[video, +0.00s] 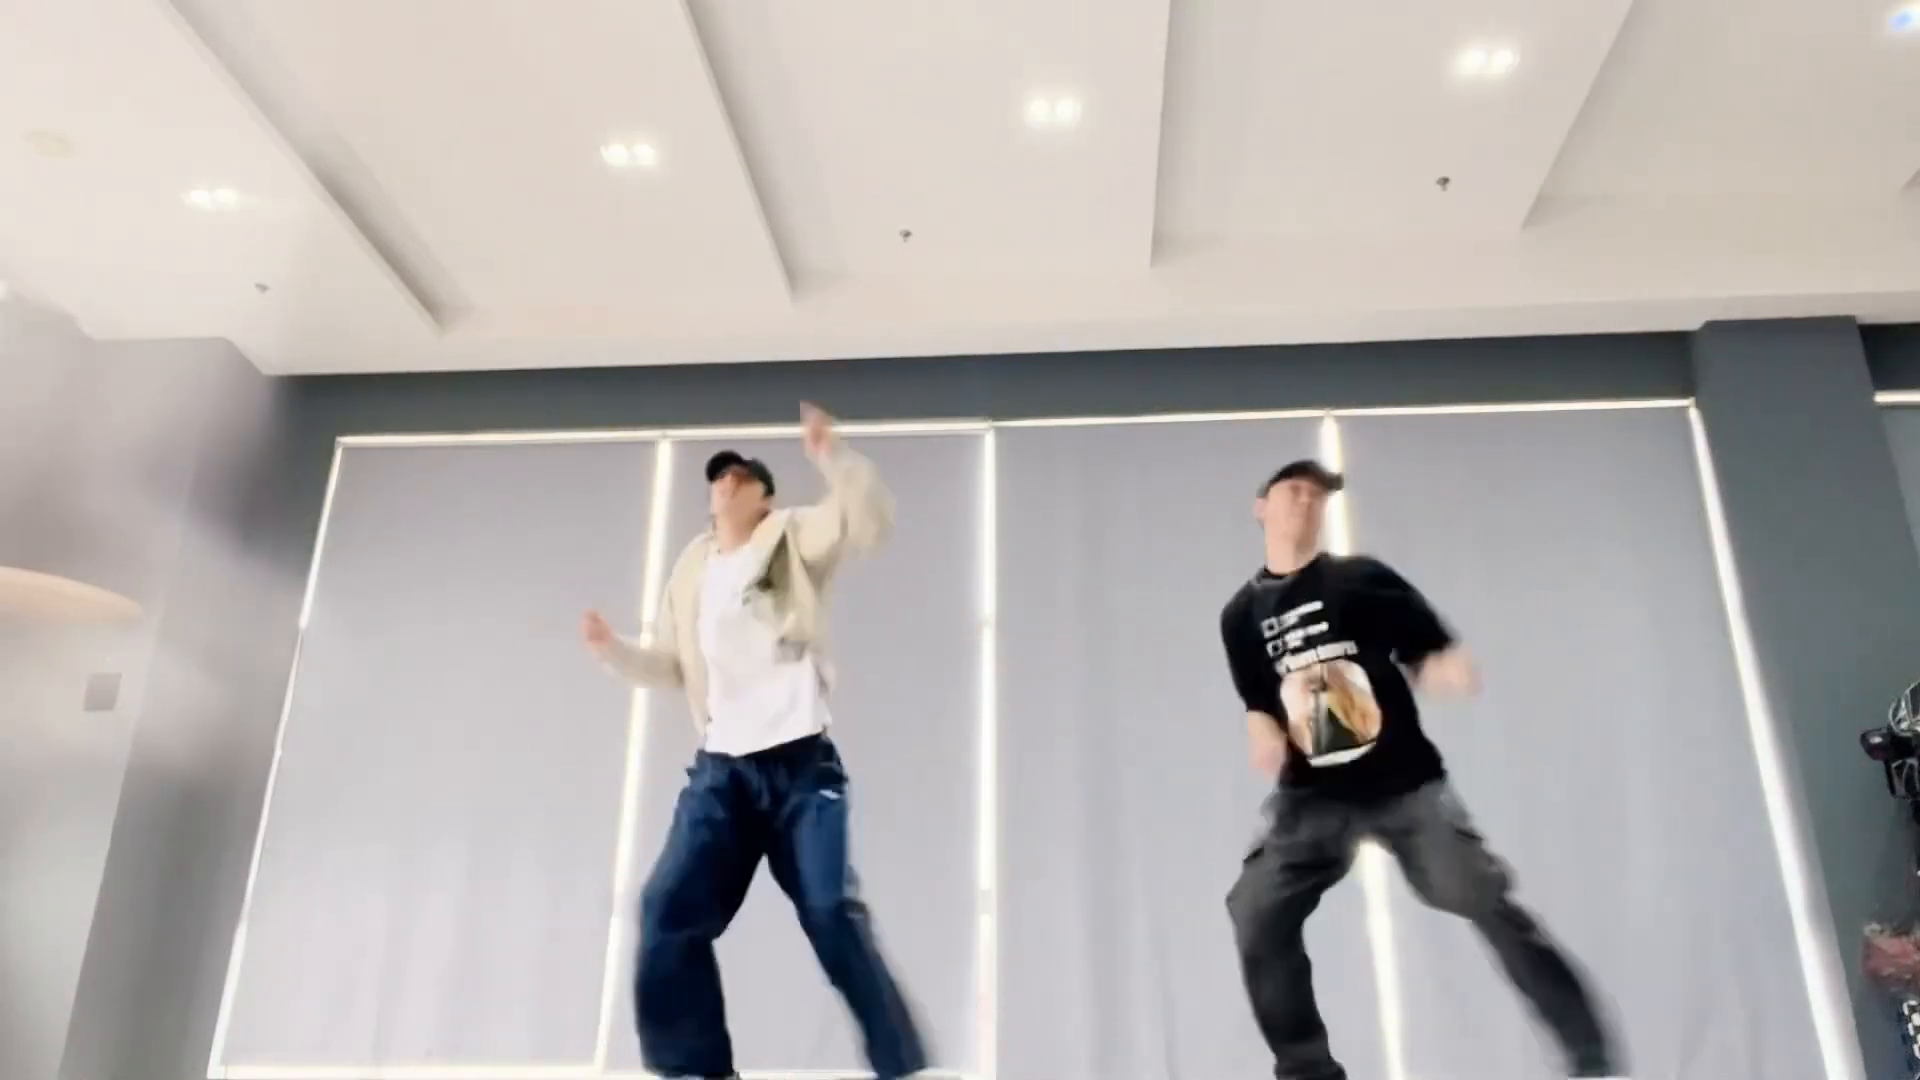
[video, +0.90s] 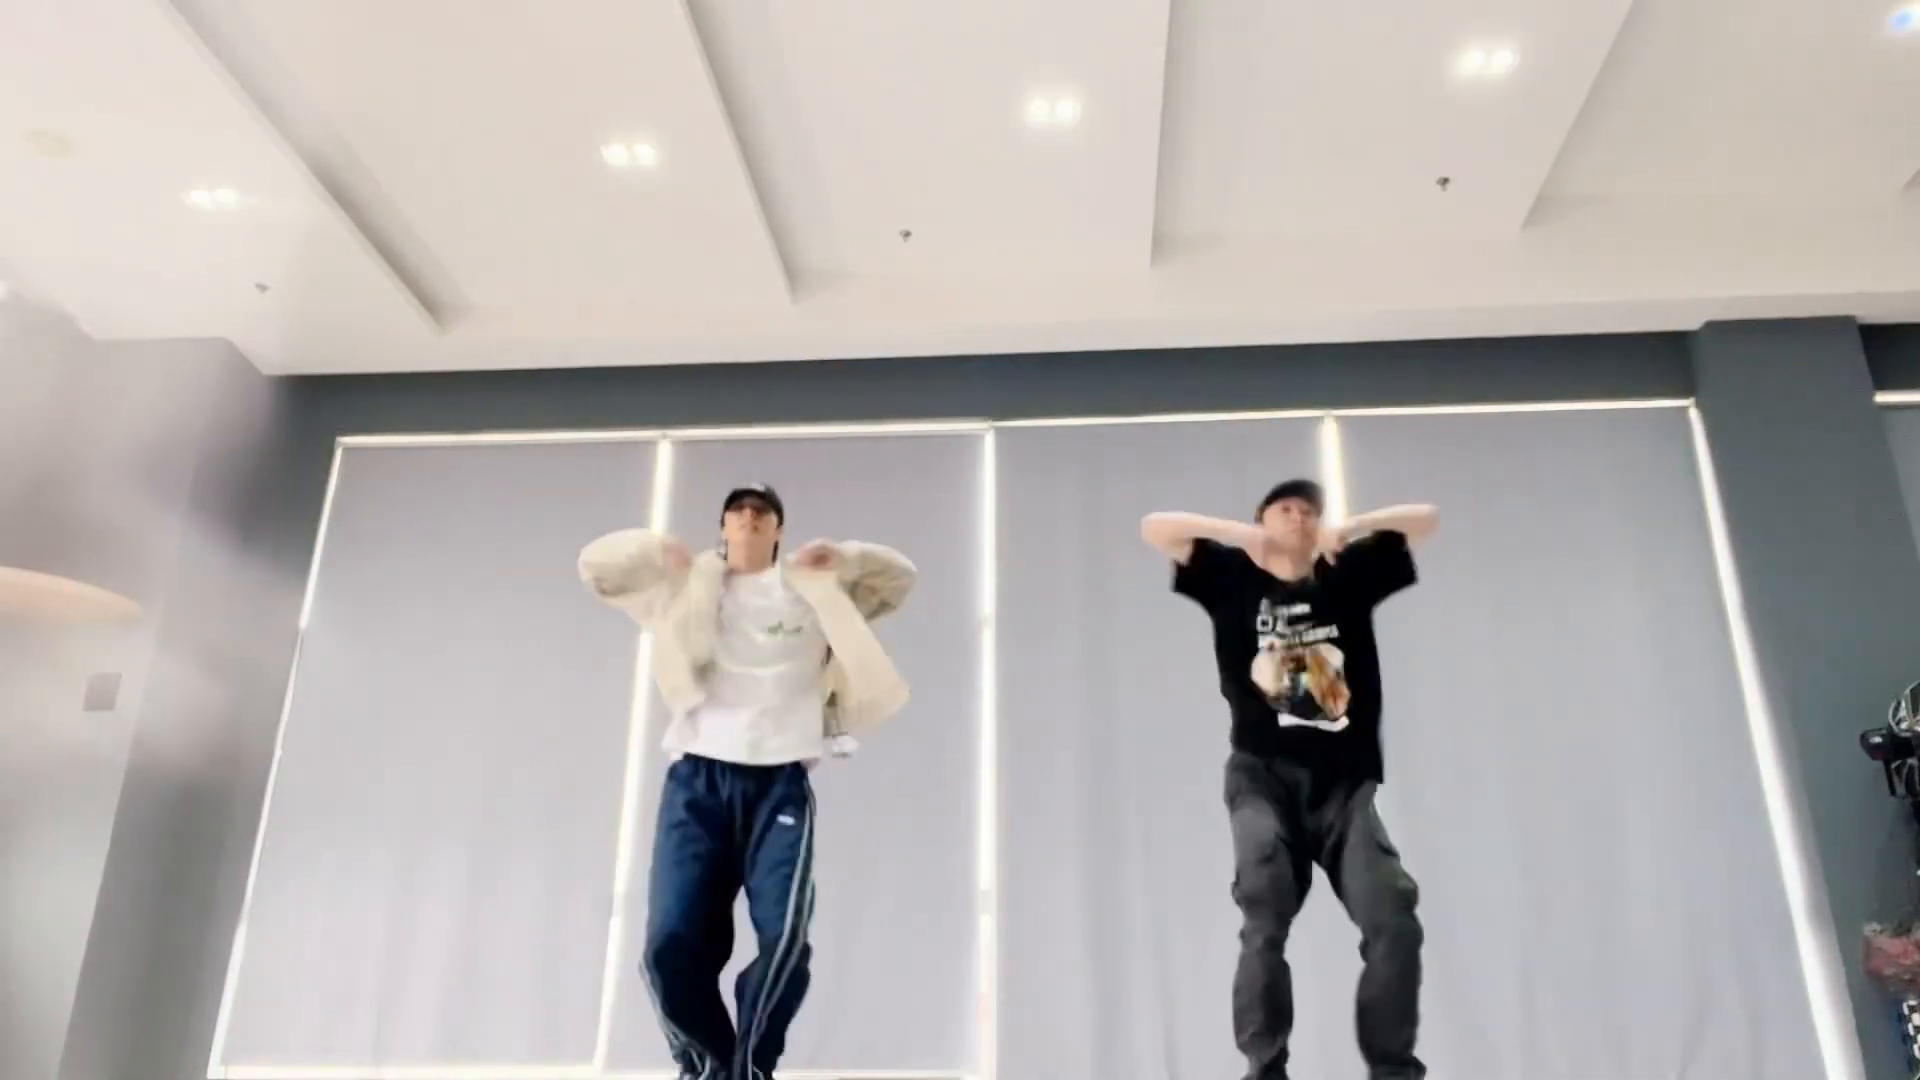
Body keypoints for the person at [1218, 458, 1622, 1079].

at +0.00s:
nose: (1305, 502)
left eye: (1315, 495)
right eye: (1291, 492)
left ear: (1326, 513)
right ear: (1260, 509)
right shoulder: (1243, 616)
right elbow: (1262, 720)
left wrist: (1425, 667)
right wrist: (1273, 753)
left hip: (1403, 785)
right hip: (1313, 796)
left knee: (1476, 893)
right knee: (1258, 909)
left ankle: (1590, 1053)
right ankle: (1307, 1071)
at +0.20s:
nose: (1373, 533)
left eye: (1379, 529)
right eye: (1360, 522)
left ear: (1381, 551)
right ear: (1326, 534)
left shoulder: (1371, 645)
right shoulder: (1281, 590)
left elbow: (1353, 735)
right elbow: (1219, 565)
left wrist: (1363, 706)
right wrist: (1310, 544)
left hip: (1313, 821)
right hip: (1231, 803)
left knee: (1402, 930)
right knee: (1186, 887)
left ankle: (1359, 1068)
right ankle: (1183, 1028)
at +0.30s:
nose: (1364, 581)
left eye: (1370, 574)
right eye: (1352, 568)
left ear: (1368, 590)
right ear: (1320, 572)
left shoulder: (1342, 688)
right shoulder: (1280, 595)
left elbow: (1321, 778)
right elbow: (1270, 509)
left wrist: (1303, 751)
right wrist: (1331, 416)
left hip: (1276, 840)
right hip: (1215, 814)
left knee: (1380, 927)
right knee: (1132, 945)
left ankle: (1351, 1071)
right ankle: (1010, 1056)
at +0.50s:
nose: (1324, 555)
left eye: (1331, 547)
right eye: (1311, 545)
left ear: (1335, 565)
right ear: (1284, 560)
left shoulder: (1334, 667)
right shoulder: (1256, 597)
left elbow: (1330, 770)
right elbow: (1226, 497)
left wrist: (1316, 760)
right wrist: (1224, 403)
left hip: (1288, 830)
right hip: (1208, 817)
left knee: (1397, 929)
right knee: (1126, 925)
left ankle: (1357, 1070)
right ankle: (1015, 1058)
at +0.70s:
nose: (1306, 484)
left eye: (1316, 478)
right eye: (1293, 476)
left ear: (1327, 498)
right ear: (1266, 498)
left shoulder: (1350, 576)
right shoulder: (1236, 550)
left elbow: (1426, 627)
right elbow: (1143, 571)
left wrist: (1515, 623)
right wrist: (1043, 580)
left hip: (1312, 758)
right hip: (1236, 748)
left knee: (1338, 907)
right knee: (1251, 895)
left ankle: (1375, 1065)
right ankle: (1278, 1069)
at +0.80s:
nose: (1296, 487)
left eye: (1306, 481)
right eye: (1283, 479)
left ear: (1318, 501)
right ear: (1257, 497)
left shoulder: (1347, 571)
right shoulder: (1228, 557)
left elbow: (1435, 599)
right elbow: (1142, 575)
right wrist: (1115, 539)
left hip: (1337, 765)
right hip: (1257, 758)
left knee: (1363, 920)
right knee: (1258, 915)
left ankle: (1376, 1068)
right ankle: (1269, 1071)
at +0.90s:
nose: (1298, 518)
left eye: (1308, 511)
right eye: (1284, 510)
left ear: (1322, 530)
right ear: (1261, 526)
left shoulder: (1351, 578)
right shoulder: (1230, 580)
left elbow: (1425, 520)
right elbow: (1156, 527)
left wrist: (1354, 529)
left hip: (1345, 787)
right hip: (1263, 781)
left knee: (1393, 914)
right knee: (1265, 908)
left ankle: (1393, 1067)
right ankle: (1265, 1066)